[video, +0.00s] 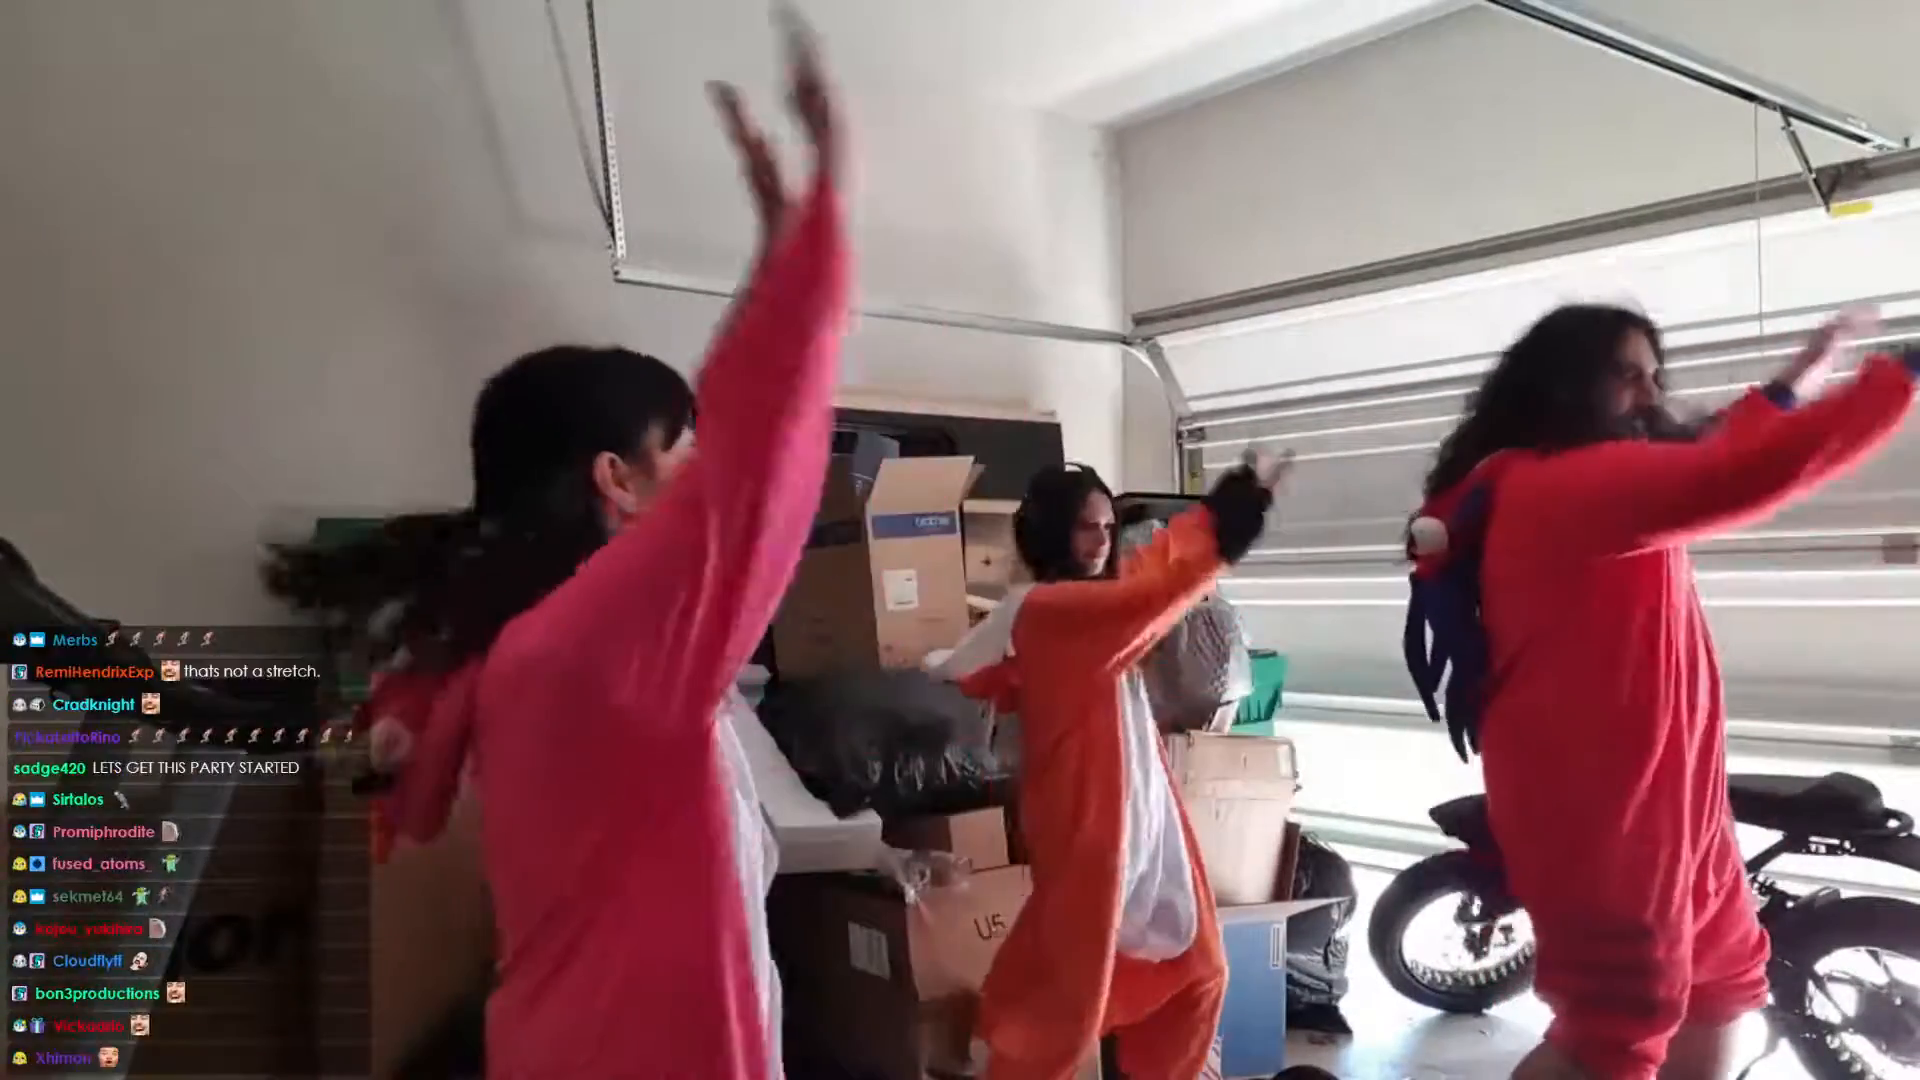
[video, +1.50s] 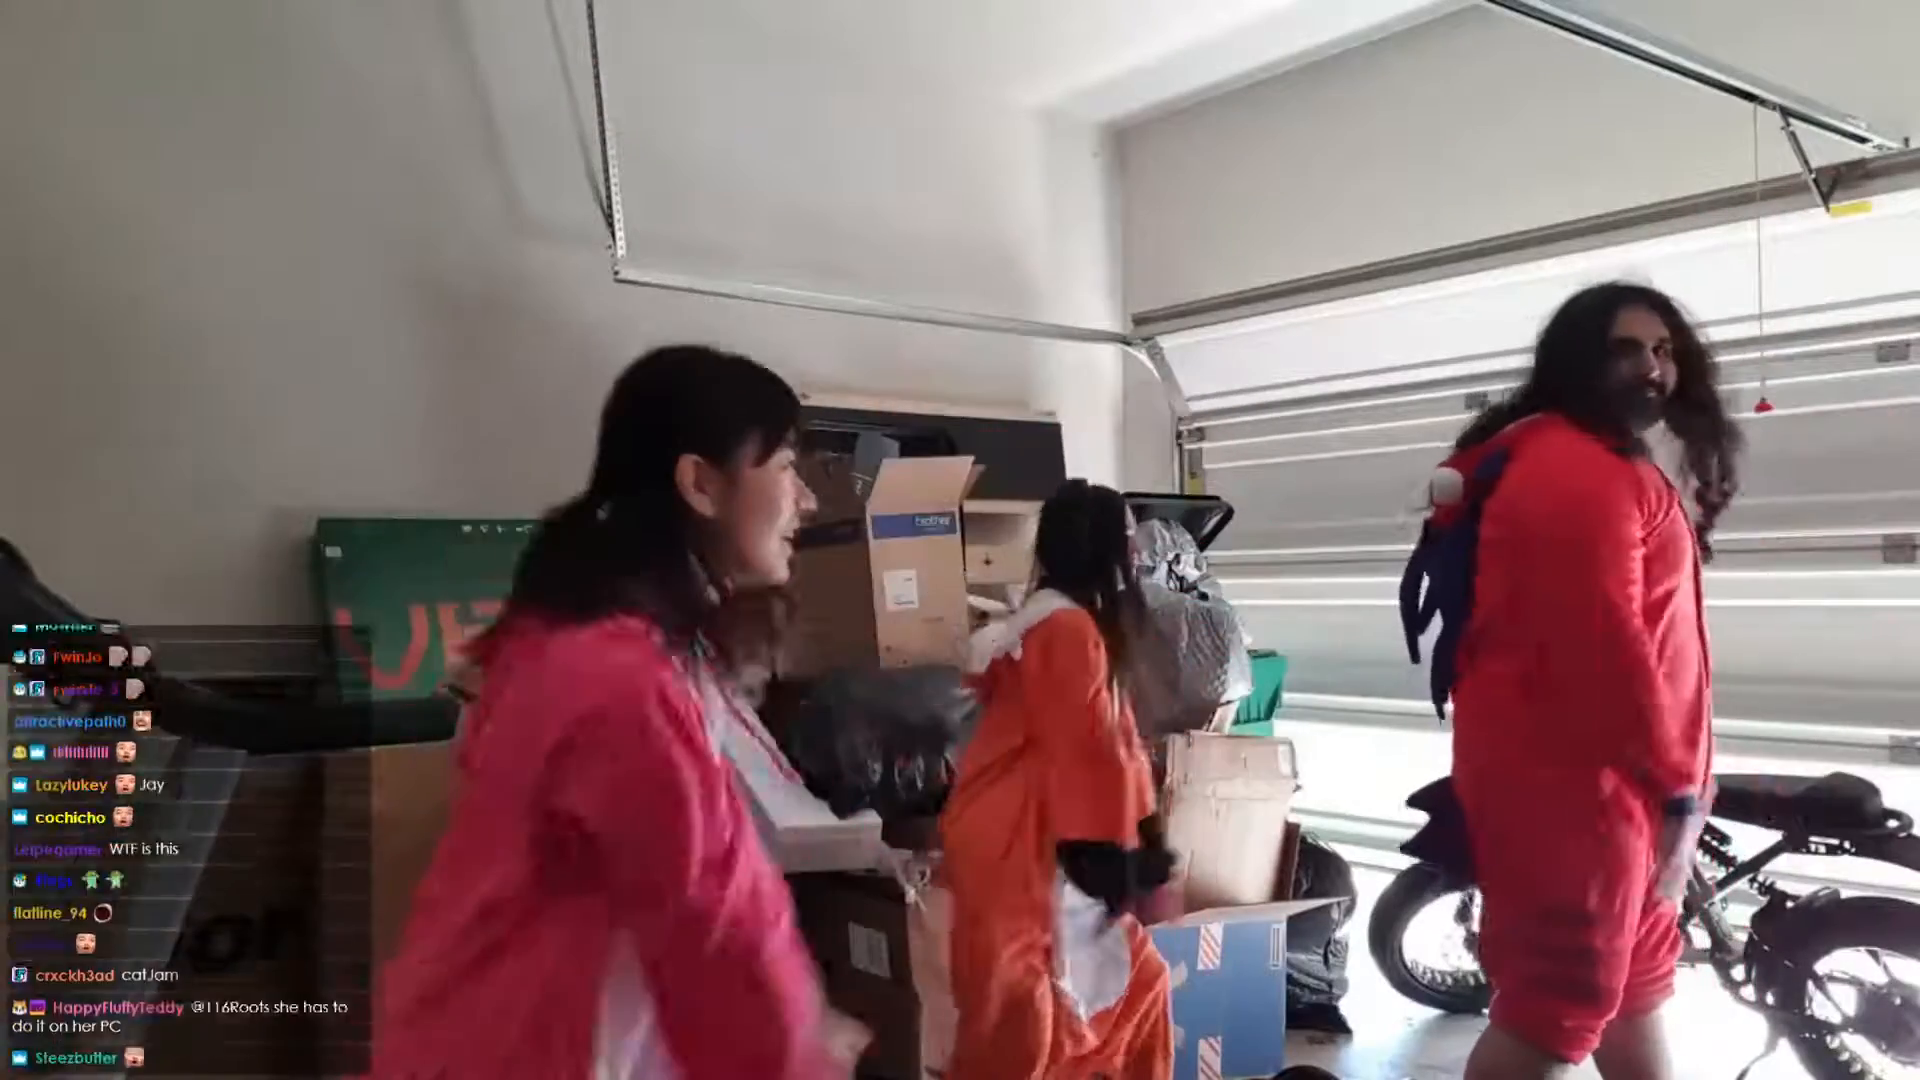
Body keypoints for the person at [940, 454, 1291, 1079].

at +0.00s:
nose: (1105, 539)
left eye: (1109, 525)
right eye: (1090, 526)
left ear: (1111, 529)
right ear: (1053, 532)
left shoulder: (1086, 605)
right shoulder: (1043, 609)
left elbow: (1159, 571)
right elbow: (1155, 591)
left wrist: (1237, 498)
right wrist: (1241, 503)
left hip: (1143, 805)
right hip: (1084, 813)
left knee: (1197, 971)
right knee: (1067, 981)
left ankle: (1158, 1071)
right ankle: (1019, 1064)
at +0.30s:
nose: (1120, 518)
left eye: (1123, 507)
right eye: (1109, 505)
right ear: (1073, 509)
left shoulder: (1064, 586)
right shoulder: (1063, 586)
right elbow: (1157, 624)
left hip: (1099, 789)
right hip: (1054, 794)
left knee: (1158, 923)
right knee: (1054, 941)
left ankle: (1162, 1063)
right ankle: (1020, 1063)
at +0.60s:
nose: (1157, 552)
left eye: (1155, 537)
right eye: (1149, 537)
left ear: (1080, 539)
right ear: (1119, 545)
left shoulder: (1050, 607)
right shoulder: (1089, 623)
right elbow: (1104, 746)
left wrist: (1135, 841)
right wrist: (1137, 856)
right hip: (1031, 831)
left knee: (1141, 970)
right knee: (1038, 988)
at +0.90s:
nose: (1123, 539)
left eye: (1123, 526)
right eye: (1116, 528)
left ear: (1038, 539)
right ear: (1096, 537)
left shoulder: (1068, 617)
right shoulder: (1071, 616)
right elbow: (1150, 546)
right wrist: (1193, 449)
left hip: (1138, 813)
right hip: (1095, 821)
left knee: (1193, 971)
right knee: (1080, 976)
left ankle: (1163, 1065)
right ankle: (1036, 1059)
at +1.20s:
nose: (1122, 517)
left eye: (1122, 502)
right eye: (1107, 501)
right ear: (1064, 507)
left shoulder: (1087, 588)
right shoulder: (1060, 589)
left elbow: (1009, 638)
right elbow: (1170, 598)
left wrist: (976, 653)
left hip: (1101, 804)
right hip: (1040, 810)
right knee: (1029, 995)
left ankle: (1147, 1062)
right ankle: (1000, 1067)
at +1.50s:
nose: (1135, 555)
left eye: (1130, 539)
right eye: (1129, 541)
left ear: (1046, 545)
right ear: (1111, 552)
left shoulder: (1052, 620)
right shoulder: (1067, 627)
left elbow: (1118, 741)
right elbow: (1087, 751)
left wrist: (1144, 840)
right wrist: (1123, 867)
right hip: (1015, 849)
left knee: (1144, 975)